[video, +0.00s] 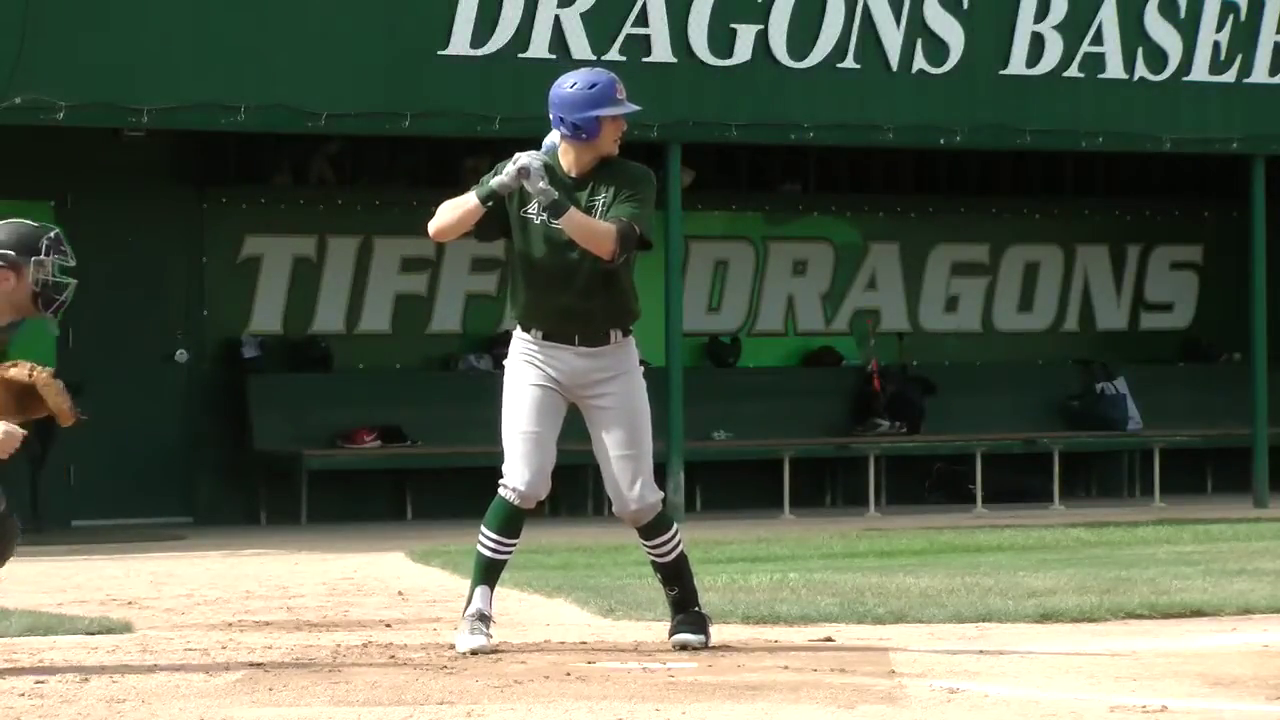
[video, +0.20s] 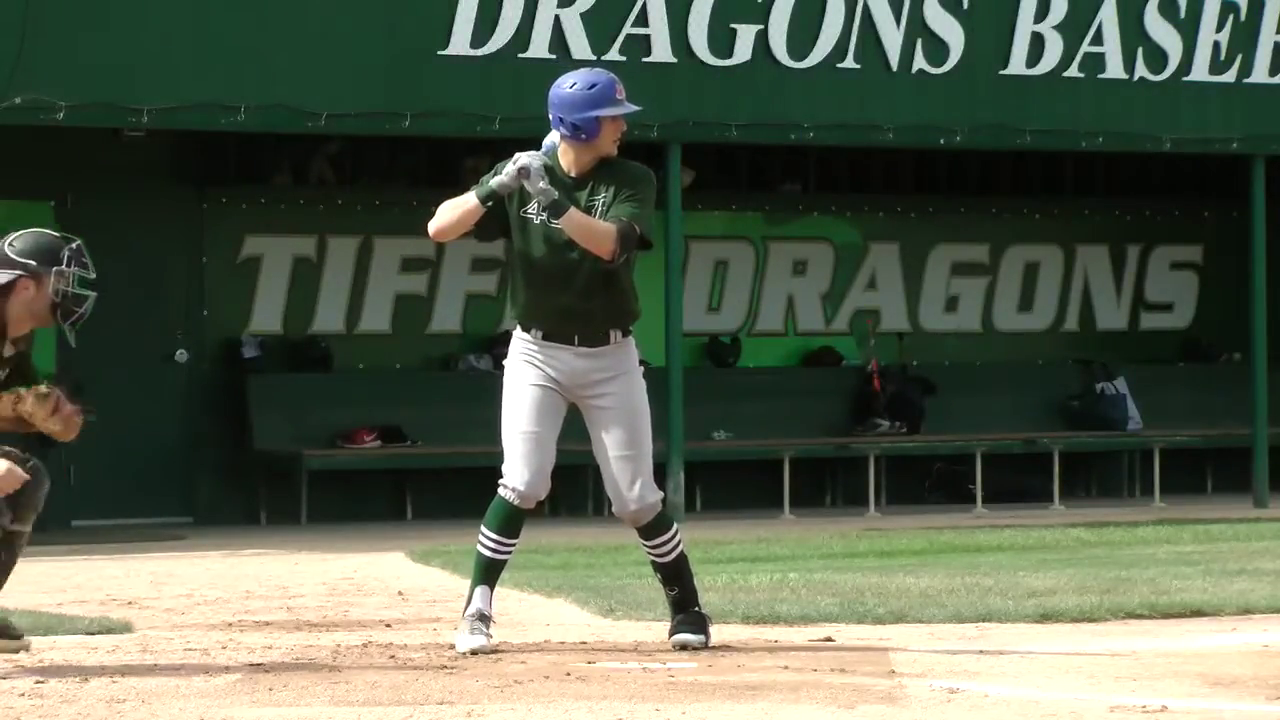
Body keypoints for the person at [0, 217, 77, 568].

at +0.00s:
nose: (48, 284)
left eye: (49, 273)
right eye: (40, 274)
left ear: (9, 278)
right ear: (7, 277)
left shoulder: (41, 328)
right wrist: (2, 428)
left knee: (9, 531)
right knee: (7, 530)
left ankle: (30, 514)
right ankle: (24, 514)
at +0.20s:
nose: (64, 301)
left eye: (66, 290)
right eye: (58, 288)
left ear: (27, 288)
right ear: (25, 285)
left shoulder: (17, 346)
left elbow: (21, 405)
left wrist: (55, 424)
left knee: (30, 475)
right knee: (23, 476)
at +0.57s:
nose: (91, 338)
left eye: (91, 329)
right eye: (83, 329)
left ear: (51, 335)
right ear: (49, 333)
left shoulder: (48, 385)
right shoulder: (3, 373)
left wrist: (100, 434)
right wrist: (20, 485)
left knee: (61, 510)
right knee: (8, 519)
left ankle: (7, 636)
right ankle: (4, 633)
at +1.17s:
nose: (99, 368)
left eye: (99, 357)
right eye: (91, 357)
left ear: (59, 364)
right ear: (56, 361)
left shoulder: (56, 414)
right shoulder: (4, 398)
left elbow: (93, 461)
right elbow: (5, 483)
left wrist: (142, 469)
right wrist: (74, 481)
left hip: (6, 514)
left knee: (66, 519)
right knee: (61, 519)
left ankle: (6, 635)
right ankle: (6, 635)